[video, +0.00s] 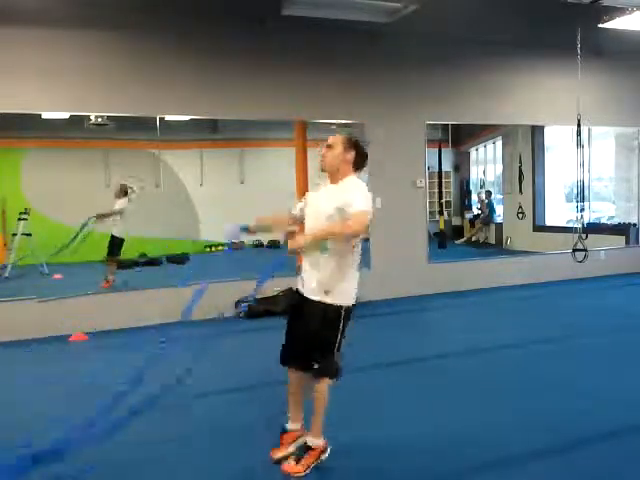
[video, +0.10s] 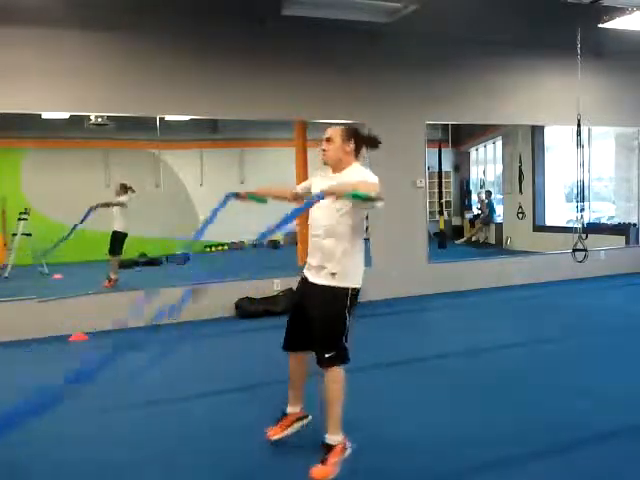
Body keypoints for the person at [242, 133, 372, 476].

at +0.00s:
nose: (322, 152)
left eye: (330, 146)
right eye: (323, 146)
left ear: (350, 156)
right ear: (327, 156)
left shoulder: (357, 190)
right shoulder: (320, 192)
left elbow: (358, 226)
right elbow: (296, 220)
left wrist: (313, 236)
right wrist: (263, 224)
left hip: (335, 296)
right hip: (306, 290)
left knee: (321, 370)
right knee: (295, 363)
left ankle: (316, 441)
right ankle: (295, 429)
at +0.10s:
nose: (322, 147)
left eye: (329, 141)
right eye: (322, 141)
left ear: (350, 147)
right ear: (328, 148)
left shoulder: (361, 175)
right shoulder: (320, 178)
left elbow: (372, 190)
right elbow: (293, 194)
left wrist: (341, 190)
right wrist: (253, 193)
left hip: (340, 282)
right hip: (311, 277)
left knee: (331, 361)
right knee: (296, 345)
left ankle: (335, 442)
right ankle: (295, 413)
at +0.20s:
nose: (314, 156)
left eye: (320, 151)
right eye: (315, 151)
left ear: (340, 156)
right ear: (329, 156)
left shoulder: (356, 186)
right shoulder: (320, 185)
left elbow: (375, 207)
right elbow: (308, 208)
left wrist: (373, 211)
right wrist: (278, 210)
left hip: (344, 293)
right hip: (315, 287)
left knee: (346, 372)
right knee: (299, 352)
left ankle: (360, 455)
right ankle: (291, 406)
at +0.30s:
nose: (306, 181)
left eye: (313, 176)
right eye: (309, 175)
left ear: (331, 183)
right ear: (325, 184)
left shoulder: (345, 215)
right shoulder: (316, 215)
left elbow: (361, 237)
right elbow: (313, 244)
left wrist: (370, 248)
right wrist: (289, 239)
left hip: (344, 317)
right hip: (318, 311)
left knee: (338, 393)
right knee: (296, 369)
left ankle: (374, 468)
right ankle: (302, 413)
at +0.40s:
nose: (312, 178)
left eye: (318, 174)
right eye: (313, 173)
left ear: (336, 181)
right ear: (326, 182)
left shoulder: (349, 215)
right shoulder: (316, 215)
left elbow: (368, 243)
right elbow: (308, 241)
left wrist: (353, 246)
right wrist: (279, 239)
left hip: (338, 313)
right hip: (311, 307)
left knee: (335, 382)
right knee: (294, 365)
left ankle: (369, 463)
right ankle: (300, 411)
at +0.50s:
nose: (321, 155)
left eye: (327, 148)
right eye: (322, 149)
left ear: (347, 154)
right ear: (332, 156)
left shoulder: (357, 188)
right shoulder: (321, 189)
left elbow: (365, 216)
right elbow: (307, 226)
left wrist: (322, 215)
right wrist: (273, 222)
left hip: (339, 289)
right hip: (311, 284)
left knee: (335, 367)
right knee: (298, 355)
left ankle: (350, 443)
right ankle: (296, 403)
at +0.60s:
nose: (324, 144)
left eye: (330, 139)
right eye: (325, 139)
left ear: (351, 145)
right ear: (336, 147)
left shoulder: (361, 178)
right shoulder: (324, 181)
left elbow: (341, 212)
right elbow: (301, 213)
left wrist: (292, 215)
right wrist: (281, 219)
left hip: (341, 278)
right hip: (313, 272)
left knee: (325, 355)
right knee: (297, 343)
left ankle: (329, 434)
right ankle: (300, 412)